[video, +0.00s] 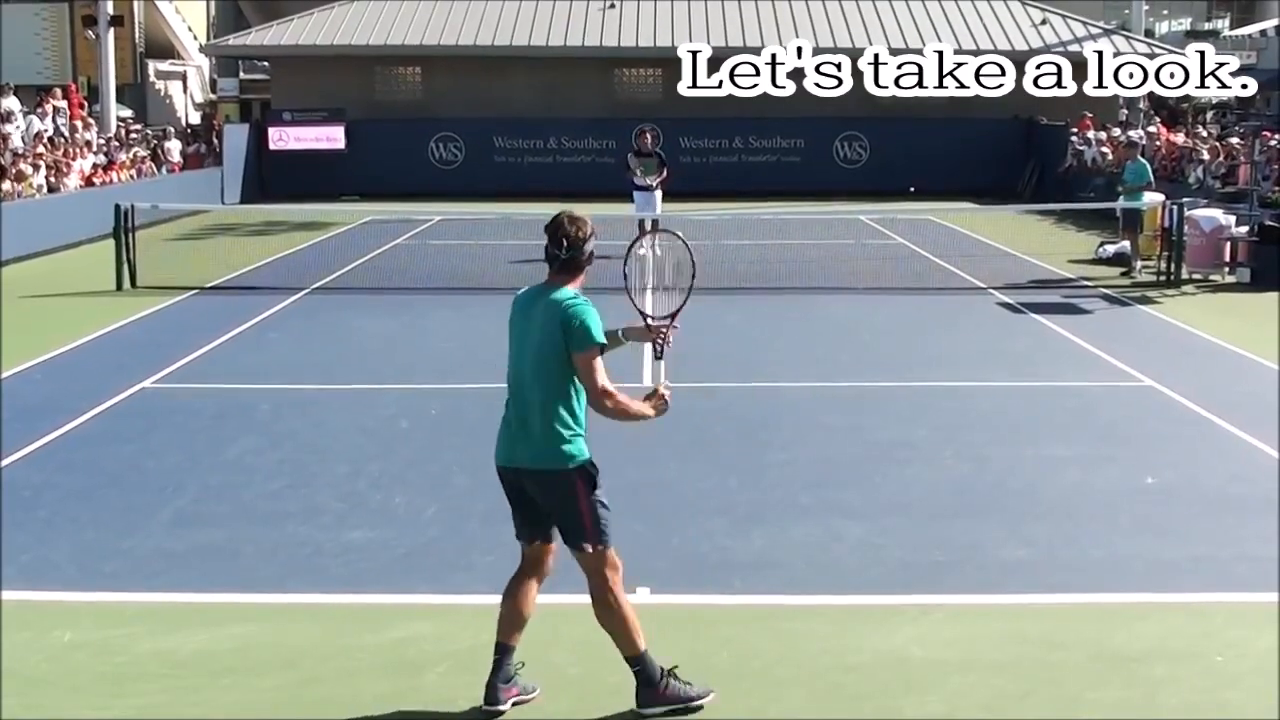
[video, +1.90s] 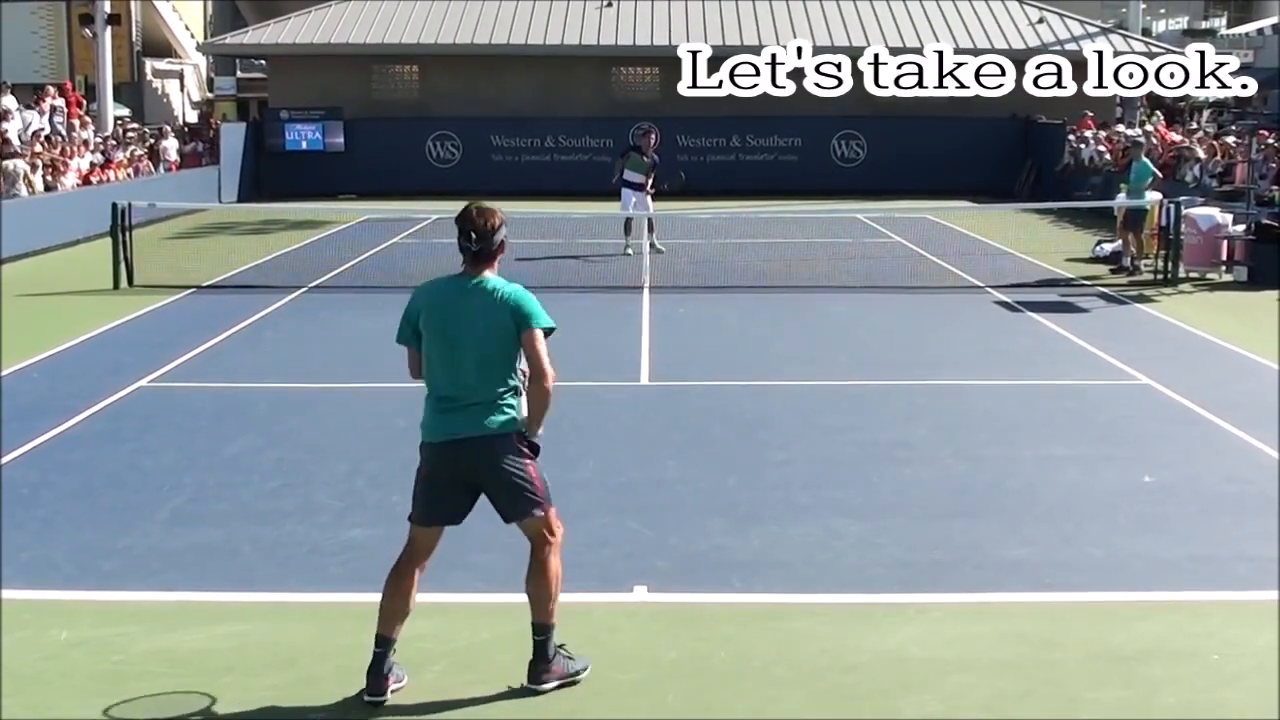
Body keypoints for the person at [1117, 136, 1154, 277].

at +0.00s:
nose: (1125, 153)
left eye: (1127, 150)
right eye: (1125, 150)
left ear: (1135, 150)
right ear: (1127, 150)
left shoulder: (1143, 165)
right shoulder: (1127, 164)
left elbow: (1150, 184)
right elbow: (1124, 180)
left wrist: (1131, 188)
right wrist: (1121, 186)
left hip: (1136, 204)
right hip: (1126, 202)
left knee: (1134, 235)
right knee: (1129, 234)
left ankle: (1136, 265)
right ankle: (1133, 264)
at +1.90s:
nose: (1131, 152)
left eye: (1133, 149)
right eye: (1131, 149)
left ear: (1139, 150)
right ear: (1133, 150)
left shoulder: (1145, 163)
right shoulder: (1135, 163)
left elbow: (1158, 176)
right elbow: (1137, 180)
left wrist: (1148, 188)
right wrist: (1128, 188)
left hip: (1140, 204)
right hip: (1131, 203)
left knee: (1137, 234)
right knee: (1124, 232)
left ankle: (1138, 264)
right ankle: (1126, 262)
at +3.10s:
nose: (1126, 150)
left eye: (1129, 147)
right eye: (1126, 147)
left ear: (1136, 148)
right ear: (1129, 149)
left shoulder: (1143, 161)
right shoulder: (1130, 161)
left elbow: (1156, 177)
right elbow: (1130, 178)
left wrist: (1146, 189)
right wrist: (1125, 187)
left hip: (1139, 200)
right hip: (1128, 199)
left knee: (1136, 231)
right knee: (1122, 230)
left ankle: (1136, 262)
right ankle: (1124, 260)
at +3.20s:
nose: (1126, 149)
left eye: (1128, 147)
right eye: (1126, 147)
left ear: (1135, 147)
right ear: (1130, 148)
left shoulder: (1143, 161)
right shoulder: (1130, 161)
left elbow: (1155, 177)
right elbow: (1132, 179)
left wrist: (1145, 188)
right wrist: (1125, 186)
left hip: (1138, 201)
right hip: (1128, 200)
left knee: (1135, 231)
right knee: (1122, 230)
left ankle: (1136, 262)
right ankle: (1123, 260)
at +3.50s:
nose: (1125, 151)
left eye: (1127, 148)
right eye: (1125, 148)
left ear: (1135, 148)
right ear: (1128, 149)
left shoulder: (1142, 162)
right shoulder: (1130, 162)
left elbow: (1153, 178)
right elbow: (1131, 180)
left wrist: (1142, 189)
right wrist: (1124, 186)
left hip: (1138, 201)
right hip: (1128, 200)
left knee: (1134, 231)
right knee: (1121, 230)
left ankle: (1135, 262)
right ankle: (1122, 260)